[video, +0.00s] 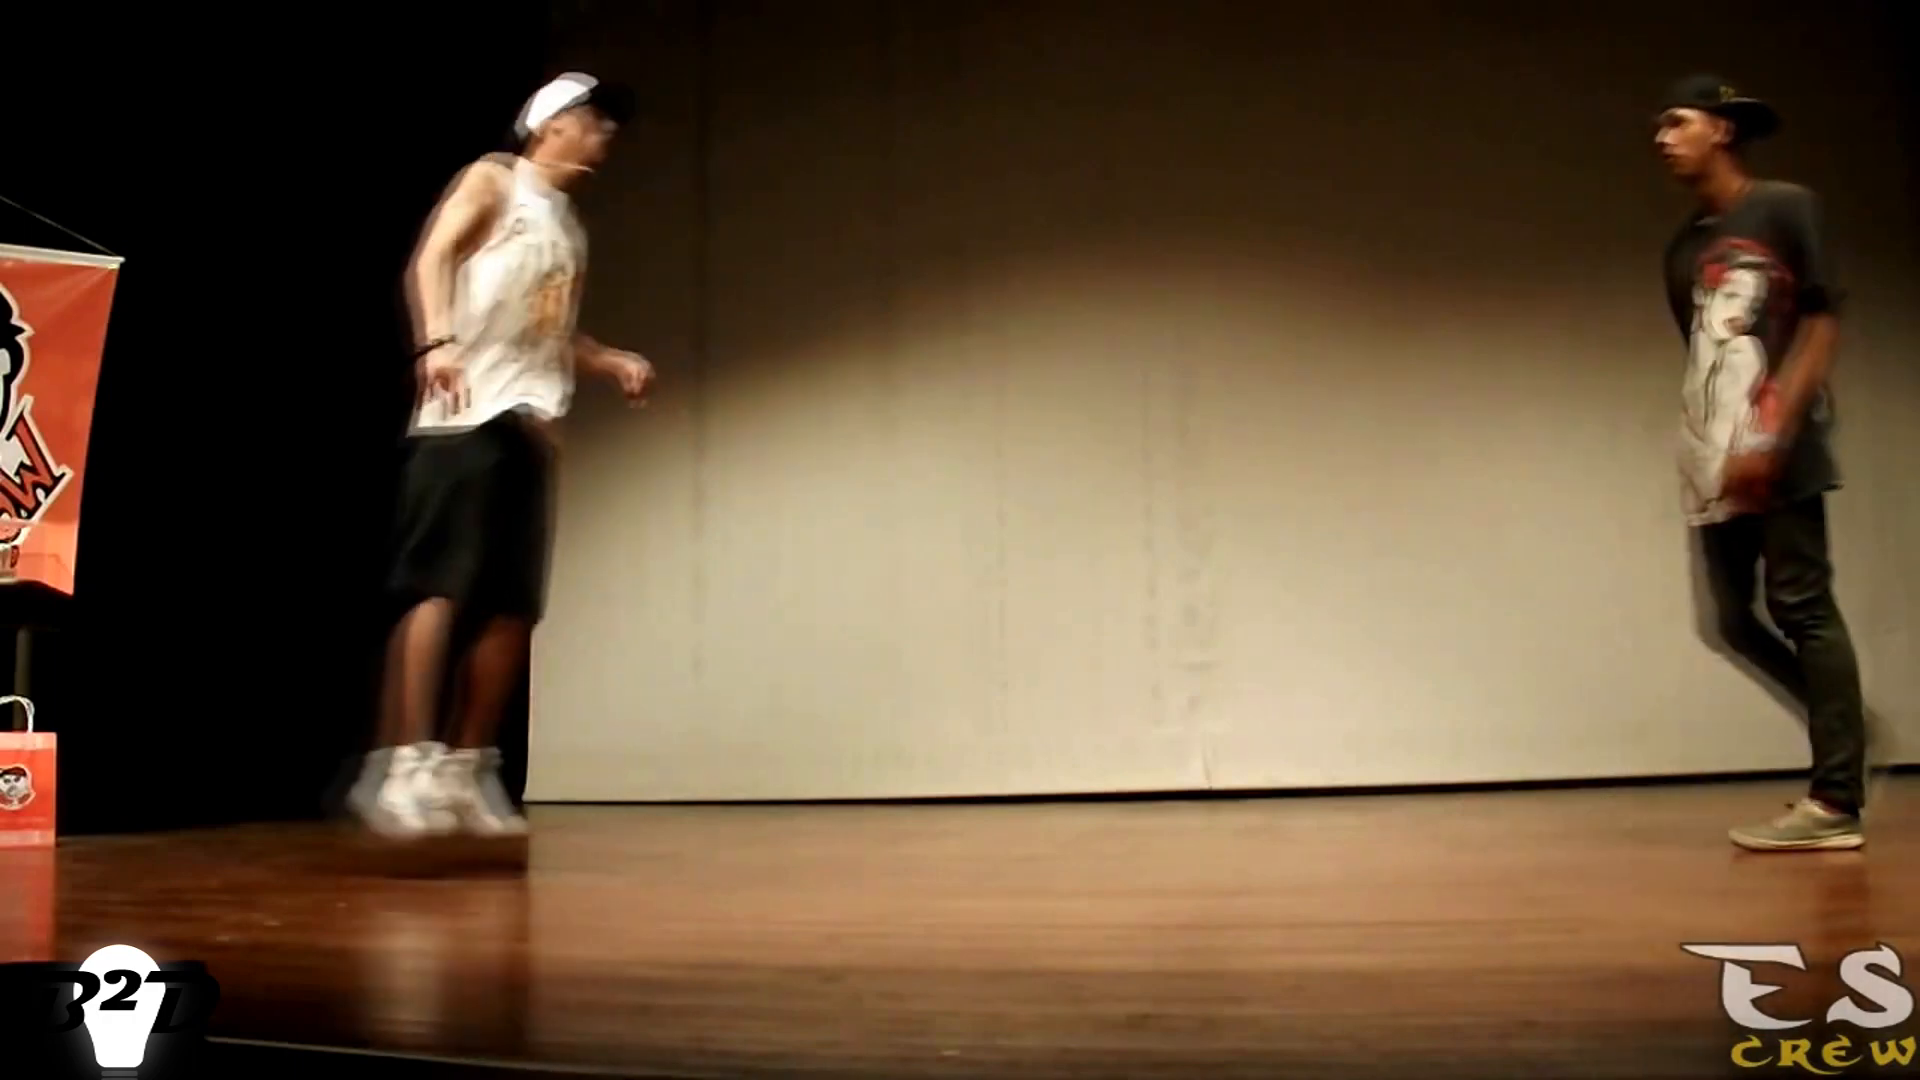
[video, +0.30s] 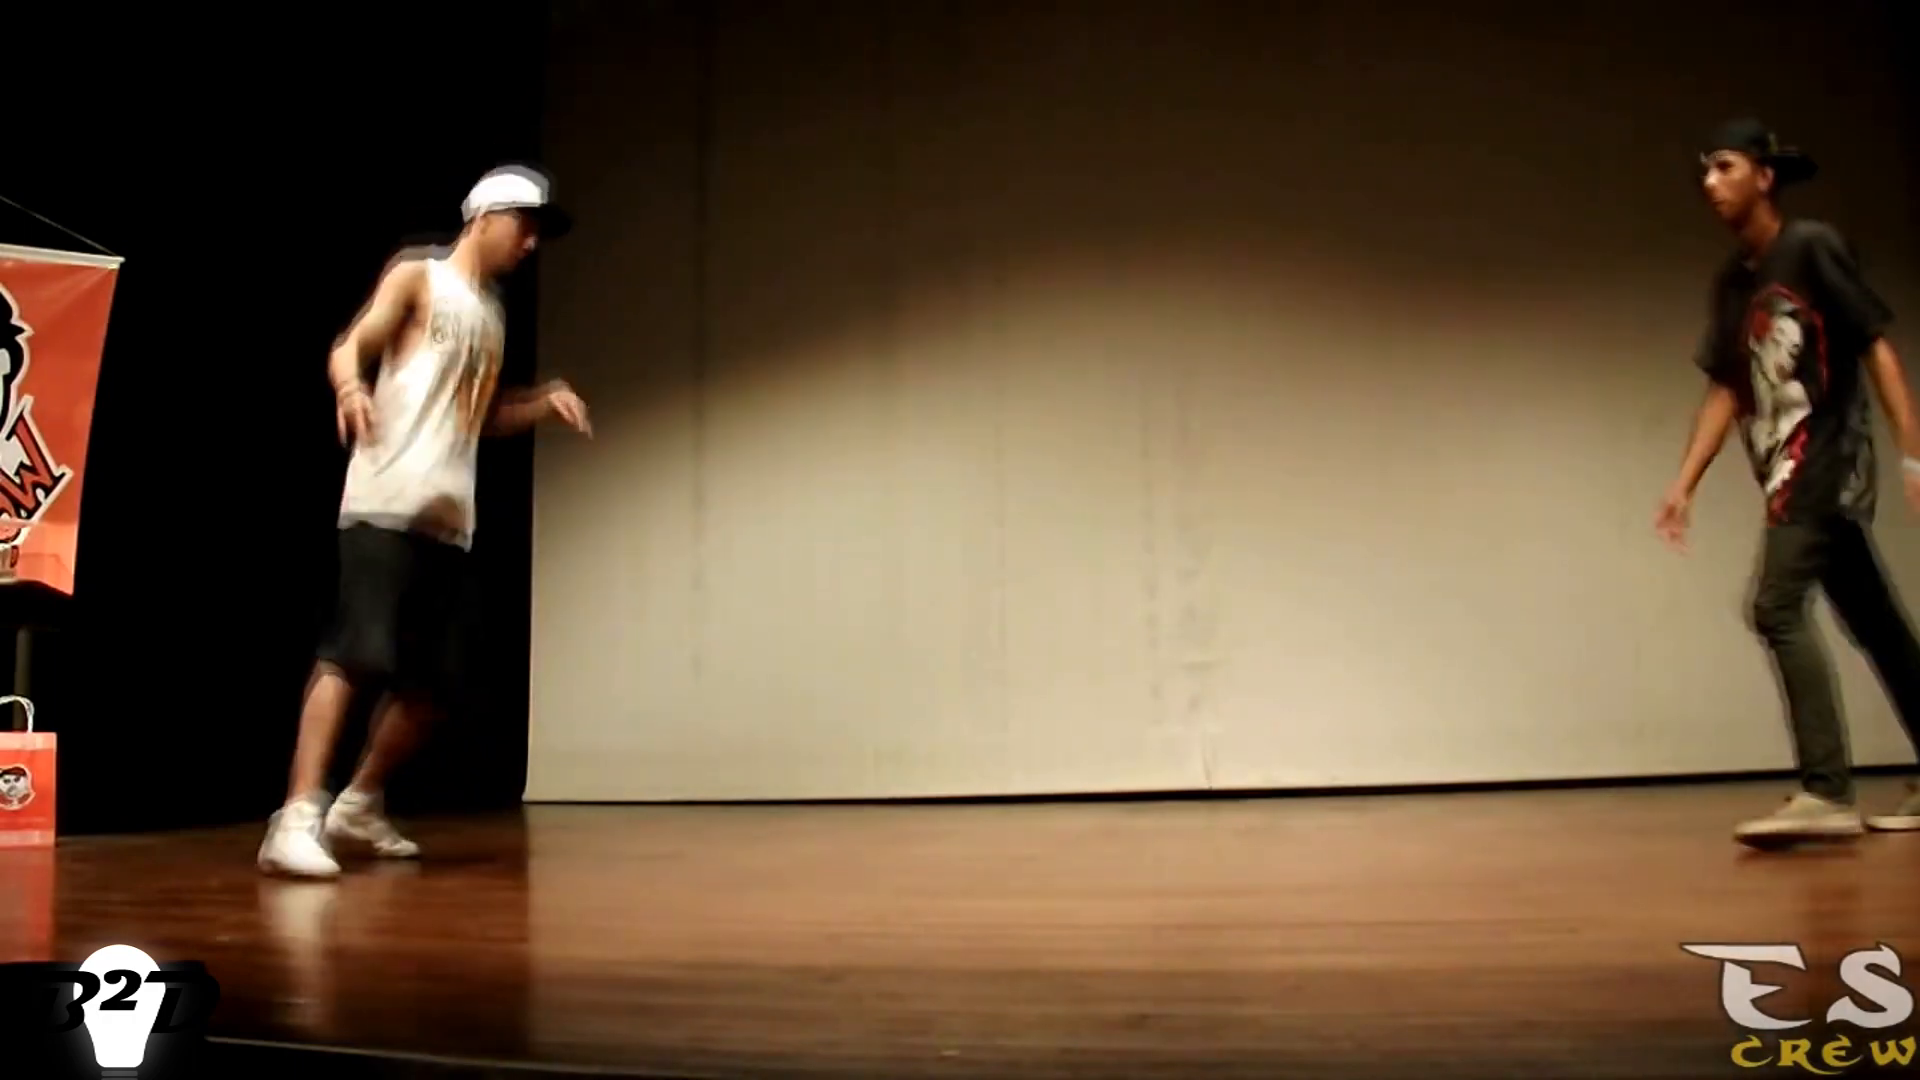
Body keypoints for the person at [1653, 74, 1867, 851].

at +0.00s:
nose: (1661, 139)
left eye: (1676, 125)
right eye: (1660, 128)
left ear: (1721, 131)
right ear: (1686, 142)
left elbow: (1821, 324)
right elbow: (1706, 361)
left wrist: (1768, 436)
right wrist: (1708, 454)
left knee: (1803, 606)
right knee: (1730, 621)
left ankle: (1836, 804)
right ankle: (1854, 728)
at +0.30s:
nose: (1711, 182)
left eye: (1724, 168)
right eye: (1706, 171)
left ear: (1764, 175)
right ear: (1710, 186)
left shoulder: (1812, 248)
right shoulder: (1732, 281)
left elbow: (1878, 348)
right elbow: (1725, 393)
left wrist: (1911, 454)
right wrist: (1684, 484)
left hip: (1830, 463)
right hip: (1791, 474)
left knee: (1777, 609)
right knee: (1881, 626)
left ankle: (1826, 792)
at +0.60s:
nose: (1698, 201)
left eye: (1710, 187)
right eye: (1695, 191)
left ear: (1749, 191)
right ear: (1718, 202)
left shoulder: (1795, 249)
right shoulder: (1749, 285)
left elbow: (1873, 334)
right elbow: (1750, 398)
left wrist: (1907, 441)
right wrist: (1688, 485)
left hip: (1819, 473)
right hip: (1809, 475)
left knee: (1767, 621)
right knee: (1876, 617)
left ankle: (1824, 778)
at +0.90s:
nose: (1659, 232)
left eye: (1665, 219)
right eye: (1658, 219)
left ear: (1695, 216)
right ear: (1699, 216)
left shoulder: (1744, 261)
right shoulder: (1730, 270)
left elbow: (1769, 362)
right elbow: (1736, 378)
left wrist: (1759, 462)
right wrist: (1723, 464)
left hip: (1787, 480)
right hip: (1769, 479)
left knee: (1780, 626)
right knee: (1747, 618)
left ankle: (1834, 788)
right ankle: (1875, 716)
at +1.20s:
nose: (1609, 237)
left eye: (1620, 224)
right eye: (1608, 226)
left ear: (1655, 226)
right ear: (1641, 233)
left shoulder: (1678, 268)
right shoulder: (1666, 281)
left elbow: (1679, 337)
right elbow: (1671, 355)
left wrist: (1606, 374)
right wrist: (1599, 373)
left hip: (1729, 493)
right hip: (1707, 496)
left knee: (1767, 634)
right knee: (1663, 631)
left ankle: (1835, 784)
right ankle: (1638, 784)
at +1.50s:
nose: (1534, 243)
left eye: (1546, 231)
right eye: (1532, 233)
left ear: (1582, 236)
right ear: (1558, 244)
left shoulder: (1613, 289)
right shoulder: (1592, 300)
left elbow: (1611, 395)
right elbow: (1602, 404)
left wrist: (1602, 492)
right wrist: (1593, 496)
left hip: (1616, 497)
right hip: (1600, 499)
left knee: (1594, 630)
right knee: (1595, 634)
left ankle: (1733, 725)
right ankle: (1620, 790)